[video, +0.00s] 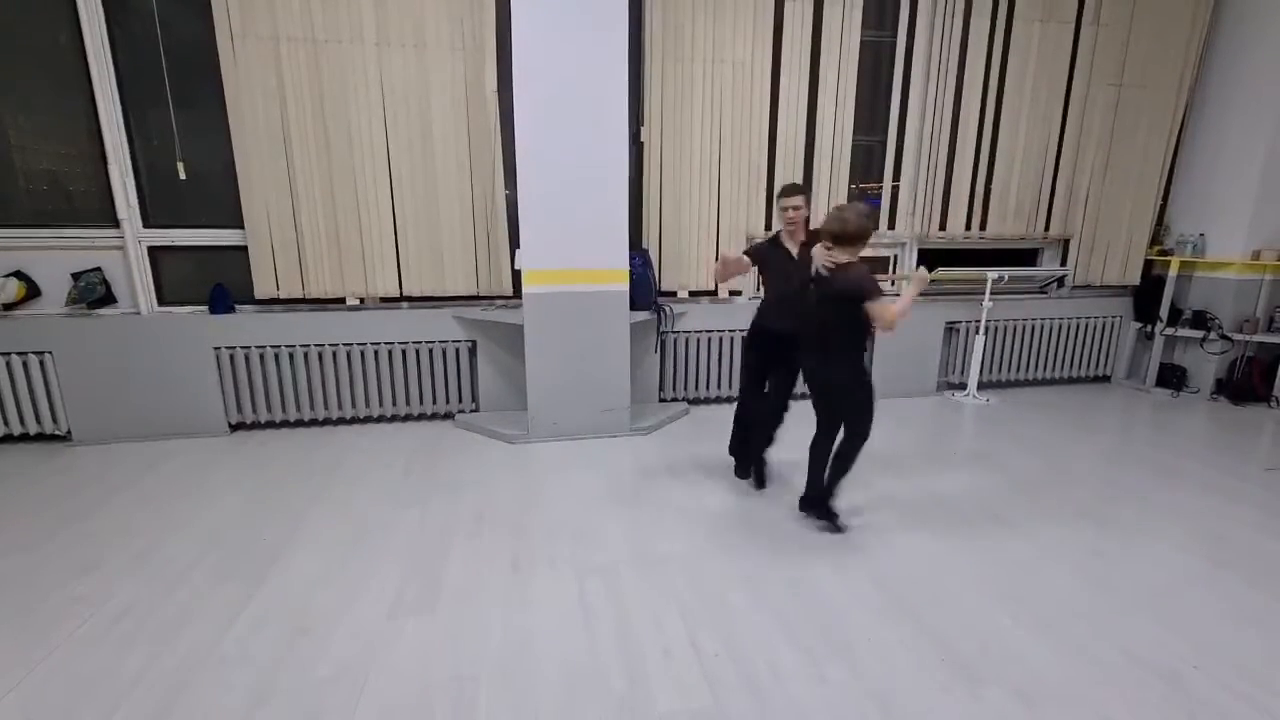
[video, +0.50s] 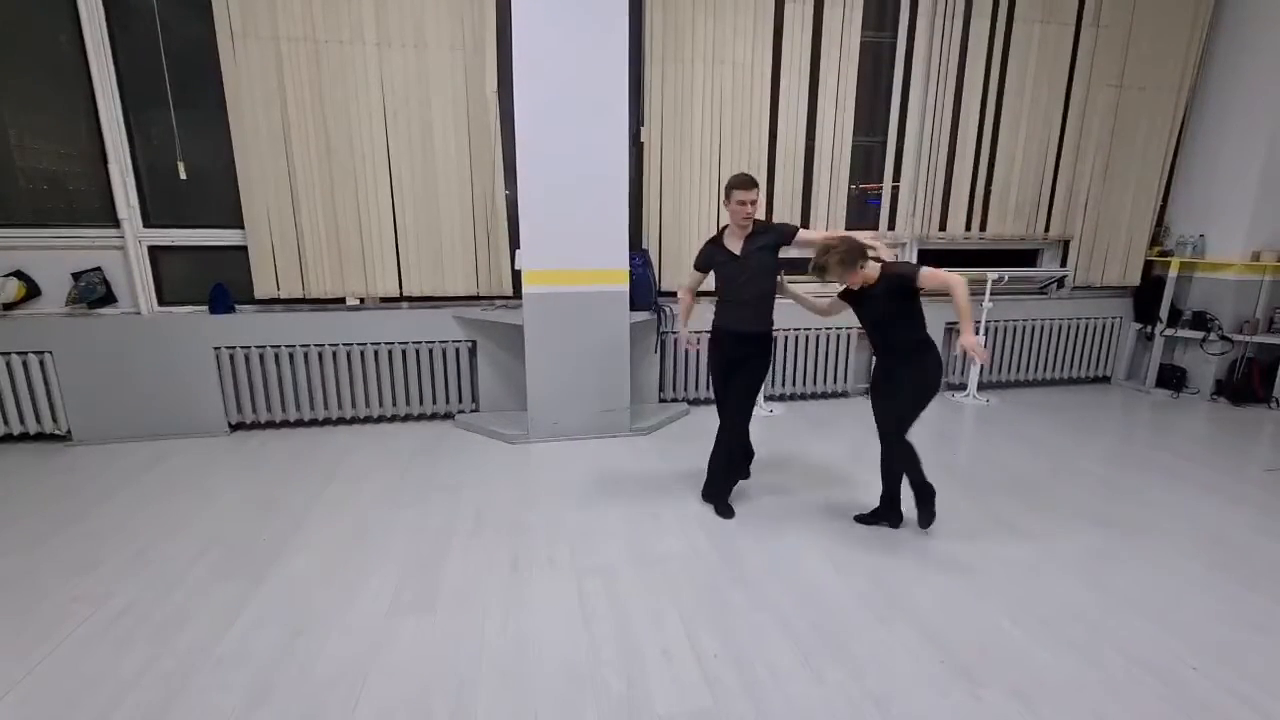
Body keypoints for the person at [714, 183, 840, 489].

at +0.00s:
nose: (791, 215)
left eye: (797, 209)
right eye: (785, 209)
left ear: (808, 211)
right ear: (778, 213)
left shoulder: (820, 246)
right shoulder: (766, 249)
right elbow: (723, 276)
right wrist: (726, 266)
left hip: (797, 334)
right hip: (765, 331)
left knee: (779, 400)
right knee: (751, 395)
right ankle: (742, 456)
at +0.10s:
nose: (777, 217)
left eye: (782, 211)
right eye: (771, 211)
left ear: (792, 212)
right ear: (762, 214)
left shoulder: (802, 236)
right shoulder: (753, 250)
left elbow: (825, 232)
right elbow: (735, 293)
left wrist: (835, 246)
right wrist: (730, 260)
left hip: (783, 335)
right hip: (751, 332)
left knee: (760, 406)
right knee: (742, 401)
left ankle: (722, 470)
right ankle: (743, 459)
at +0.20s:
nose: (764, 215)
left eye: (770, 209)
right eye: (758, 209)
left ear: (777, 210)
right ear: (748, 212)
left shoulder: (791, 234)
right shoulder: (739, 255)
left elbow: (831, 235)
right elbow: (739, 306)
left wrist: (863, 244)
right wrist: (732, 274)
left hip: (774, 338)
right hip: (742, 336)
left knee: (746, 413)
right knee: (735, 410)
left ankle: (716, 486)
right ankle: (744, 460)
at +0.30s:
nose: (757, 212)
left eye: (762, 205)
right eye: (750, 206)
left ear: (770, 206)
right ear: (739, 208)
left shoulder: (784, 231)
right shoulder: (729, 253)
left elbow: (832, 231)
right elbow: (719, 301)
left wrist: (875, 242)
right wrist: (730, 315)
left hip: (768, 337)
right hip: (735, 336)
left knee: (741, 410)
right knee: (731, 405)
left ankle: (719, 491)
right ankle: (744, 457)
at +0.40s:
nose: (750, 209)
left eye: (756, 203)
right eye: (744, 203)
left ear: (763, 203)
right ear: (732, 205)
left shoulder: (777, 231)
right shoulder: (721, 249)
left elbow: (830, 231)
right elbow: (705, 293)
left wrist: (876, 240)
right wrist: (706, 325)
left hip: (761, 338)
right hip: (728, 338)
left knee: (738, 412)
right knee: (731, 408)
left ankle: (717, 489)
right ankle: (744, 457)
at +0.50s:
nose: (747, 209)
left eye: (752, 203)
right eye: (740, 203)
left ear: (759, 203)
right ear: (726, 204)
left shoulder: (772, 233)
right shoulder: (714, 247)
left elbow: (824, 238)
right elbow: (689, 288)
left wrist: (872, 241)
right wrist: (683, 324)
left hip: (758, 338)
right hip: (723, 337)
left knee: (736, 412)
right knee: (728, 410)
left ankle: (716, 489)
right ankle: (741, 460)